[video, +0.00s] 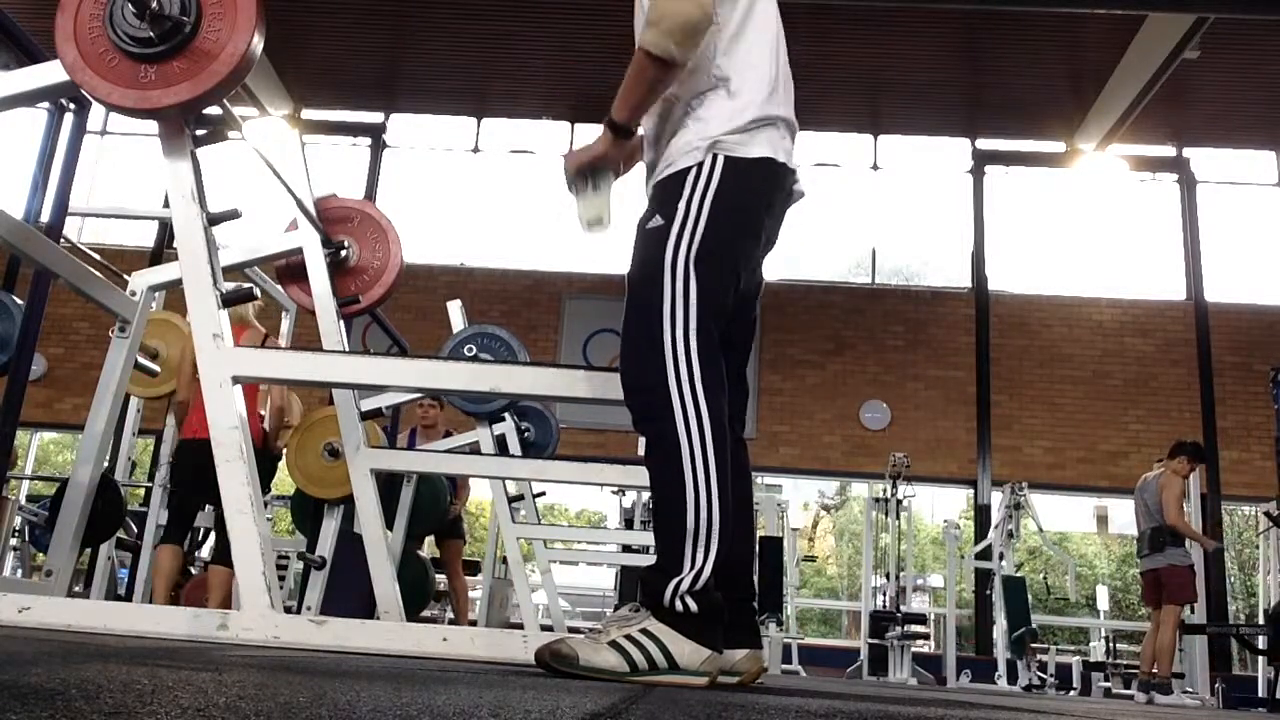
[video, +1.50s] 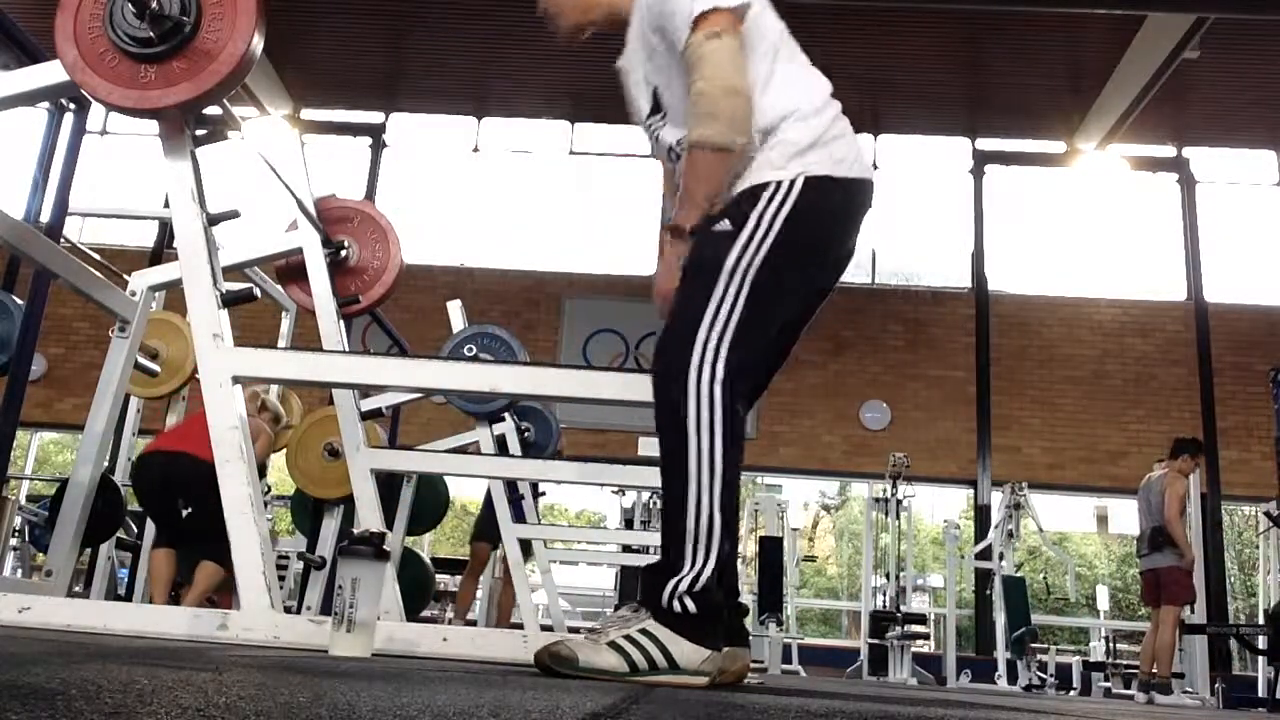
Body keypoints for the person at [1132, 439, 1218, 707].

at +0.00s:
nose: (1190, 475)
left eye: (1193, 471)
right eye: (1191, 469)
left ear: (1174, 459)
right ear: (1181, 461)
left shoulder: (1143, 480)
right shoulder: (1172, 480)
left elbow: (1143, 526)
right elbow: (1173, 519)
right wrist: (1203, 539)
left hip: (1148, 563)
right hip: (1172, 561)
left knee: (1157, 623)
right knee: (1169, 623)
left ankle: (1143, 684)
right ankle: (1163, 687)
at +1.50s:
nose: (1194, 471)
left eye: (1196, 466)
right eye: (1194, 465)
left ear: (1175, 459)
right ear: (1184, 459)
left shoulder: (1147, 480)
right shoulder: (1176, 480)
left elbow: (1147, 522)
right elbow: (1171, 518)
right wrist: (1187, 550)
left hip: (1148, 562)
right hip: (1170, 560)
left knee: (1155, 623)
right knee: (1168, 624)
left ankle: (1143, 685)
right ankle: (1163, 687)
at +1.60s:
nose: (1194, 471)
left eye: (1196, 467)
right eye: (1195, 465)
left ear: (1176, 459)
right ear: (1184, 459)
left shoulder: (1148, 480)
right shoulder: (1176, 481)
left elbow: (1148, 522)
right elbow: (1171, 519)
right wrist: (1188, 550)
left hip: (1148, 561)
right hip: (1169, 560)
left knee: (1155, 623)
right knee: (1168, 624)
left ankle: (1143, 685)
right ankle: (1163, 687)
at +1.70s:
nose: (1194, 472)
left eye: (1196, 467)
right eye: (1195, 466)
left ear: (1176, 459)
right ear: (1184, 459)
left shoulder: (1148, 480)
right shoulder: (1176, 480)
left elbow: (1149, 522)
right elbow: (1170, 518)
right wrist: (1188, 550)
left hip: (1148, 561)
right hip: (1169, 560)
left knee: (1155, 623)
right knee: (1167, 624)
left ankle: (1143, 685)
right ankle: (1163, 687)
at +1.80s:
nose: (1195, 472)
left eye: (1197, 467)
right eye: (1196, 466)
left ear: (1176, 459)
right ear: (1185, 459)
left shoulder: (1149, 480)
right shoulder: (1176, 480)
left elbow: (1149, 521)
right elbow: (1168, 517)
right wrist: (1188, 549)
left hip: (1149, 560)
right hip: (1169, 559)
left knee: (1156, 623)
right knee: (1167, 623)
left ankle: (1143, 684)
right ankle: (1163, 687)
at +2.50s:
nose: (1199, 474)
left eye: (1201, 469)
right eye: (1200, 469)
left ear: (1183, 458)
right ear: (1191, 461)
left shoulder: (1154, 481)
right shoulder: (1178, 479)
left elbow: (1158, 527)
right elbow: (1179, 524)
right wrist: (1203, 550)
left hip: (1156, 561)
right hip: (1173, 560)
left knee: (1186, 619)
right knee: (1169, 621)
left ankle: (1170, 679)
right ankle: (1164, 686)